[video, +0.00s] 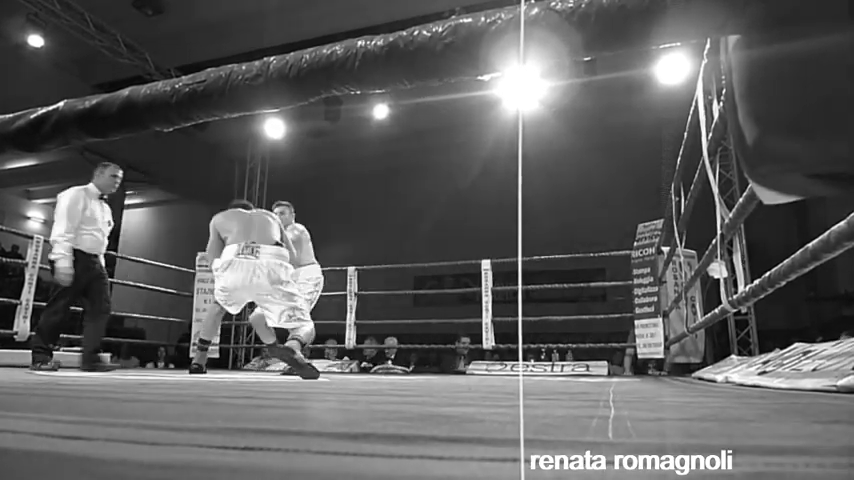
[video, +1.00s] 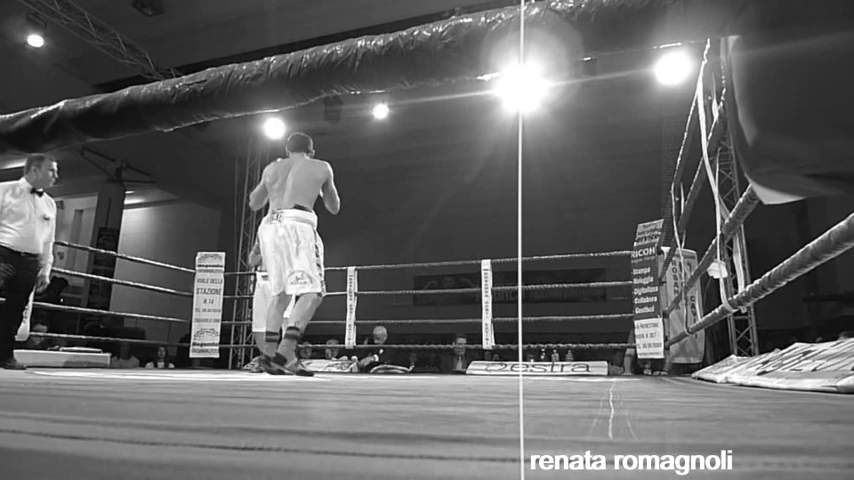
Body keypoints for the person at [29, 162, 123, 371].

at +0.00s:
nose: (118, 182)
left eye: (120, 179)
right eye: (114, 177)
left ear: (119, 183)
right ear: (99, 174)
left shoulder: (105, 209)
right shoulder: (74, 195)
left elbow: (100, 243)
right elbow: (62, 230)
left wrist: (101, 267)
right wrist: (63, 261)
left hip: (95, 262)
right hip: (73, 256)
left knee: (100, 307)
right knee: (58, 306)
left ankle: (90, 357)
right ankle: (40, 355)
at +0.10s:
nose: (105, 181)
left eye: (107, 178)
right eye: (101, 175)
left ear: (107, 182)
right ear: (85, 173)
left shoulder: (94, 209)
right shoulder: (62, 195)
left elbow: (90, 246)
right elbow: (38, 228)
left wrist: (95, 272)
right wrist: (28, 258)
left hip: (81, 261)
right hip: (58, 255)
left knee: (80, 306)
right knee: (52, 305)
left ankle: (52, 351)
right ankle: (39, 355)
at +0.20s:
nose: (98, 182)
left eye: (100, 179)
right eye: (94, 177)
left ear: (98, 182)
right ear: (77, 174)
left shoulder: (88, 211)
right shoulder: (55, 195)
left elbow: (85, 246)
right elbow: (27, 226)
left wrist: (90, 271)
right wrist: (10, 258)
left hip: (73, 260)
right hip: (52, 254)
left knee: (64, 308)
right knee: (50, 304)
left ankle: (24, 346)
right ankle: (38, 355)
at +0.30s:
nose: (89, 184)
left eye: (91, 180)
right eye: (86, 179)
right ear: (70, 177)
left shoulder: (80, 211)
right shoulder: (44, 196)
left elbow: (79, 246)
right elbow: (16, 228)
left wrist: (83, 271)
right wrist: (2, 253)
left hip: (61, 260)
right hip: (41, 254)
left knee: (35, 306)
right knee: (51, 301)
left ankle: (7, 352)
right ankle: (39, 356)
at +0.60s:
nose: (78, 184)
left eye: (79, 181)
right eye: (74, 179)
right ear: (58, 177)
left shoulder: (67, 211)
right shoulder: (28, 195)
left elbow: (64, 245)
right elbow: (5, 230)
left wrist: (63, 271)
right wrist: (3, 262)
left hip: (46, 261)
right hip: (23, 254)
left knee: (34, 305)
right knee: (26, 297)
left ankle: (15, 351)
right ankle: (10, 352)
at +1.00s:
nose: (55, 176)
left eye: (56, 172)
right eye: (51, 171)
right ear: (34, 170)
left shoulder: (50, 204)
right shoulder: (6, 190)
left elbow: (49, 241)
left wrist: (46, 269)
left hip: (31, 260)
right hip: (6, 255)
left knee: (16, 310)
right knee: (6, 307)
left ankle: (7, 353)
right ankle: (5, 353)